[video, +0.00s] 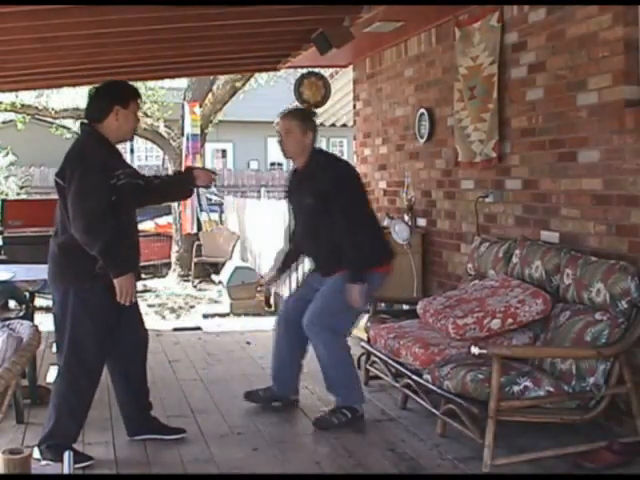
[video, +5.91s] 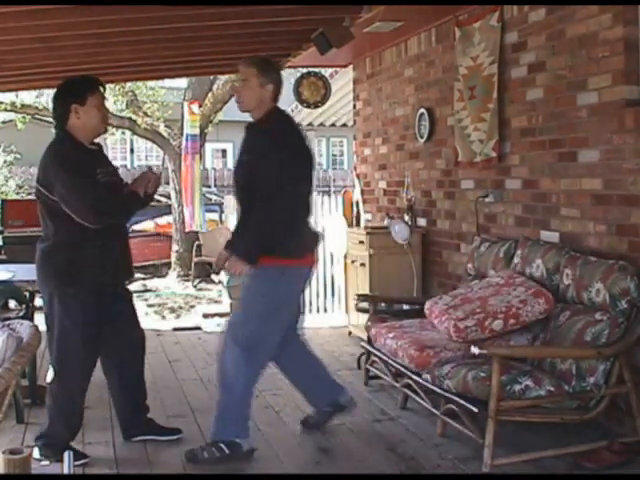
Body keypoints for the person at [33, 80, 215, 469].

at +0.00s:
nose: (138, 120)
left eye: (138, 112)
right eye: (135, 112)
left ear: (112, 113)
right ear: (115, 113)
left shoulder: (105, 153)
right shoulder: (89, 154)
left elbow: (138, 191)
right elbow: (85, 222)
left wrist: (188, 179)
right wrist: (117, 268)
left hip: (109, 275)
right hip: (82, 277)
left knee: (131, 345)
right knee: (81, 363)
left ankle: (139, 422)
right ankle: (54, 446)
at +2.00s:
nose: (103, 115)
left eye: (102, 107)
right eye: (96, 108)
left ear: (77, 113)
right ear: (72, 112)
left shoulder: (98, 160)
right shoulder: (41, 166)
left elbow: (131, 198)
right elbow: (45, 233)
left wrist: (177, 181)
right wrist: (83, 272)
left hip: (100, 275)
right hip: (58, 280)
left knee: (120, 348)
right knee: (71, 361)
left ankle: (132, 422)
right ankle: (57, 443)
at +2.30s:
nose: (118, 117)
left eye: (117, 110)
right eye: (112, 110)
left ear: (95, 114)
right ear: (87, 113)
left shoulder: (116, 162)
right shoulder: (56, 162)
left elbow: (153, 206)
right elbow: (41, 225)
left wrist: (139, 203)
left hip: (106, 277)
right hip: (63, 280)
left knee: (124, 347)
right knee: (67, 361)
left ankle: (130, 419)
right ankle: (56, 442)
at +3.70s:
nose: (113, 114)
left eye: (111, 106)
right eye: (107, 106)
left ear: (84, 111)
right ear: (83, 110)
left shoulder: (94, 155)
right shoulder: (66, 155)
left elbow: (122, 207)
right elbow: (94, 212)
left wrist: (166, 231)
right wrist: (149, 184)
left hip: (105, 276)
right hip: (75, 279)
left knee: (123, 348)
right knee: (75, 362)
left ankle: (132, 420)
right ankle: (53, 441)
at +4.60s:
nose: (106, 114)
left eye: (104, 106)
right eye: (99, 107)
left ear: (78, 114)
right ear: (74, 113)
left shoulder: (86, 156)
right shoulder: (62, 156)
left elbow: (108, 207)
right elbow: (99, 212)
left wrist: (129, 246)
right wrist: (132, 219)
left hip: (91, 274)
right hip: (62, 278)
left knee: (111, 349)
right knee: (70, 361)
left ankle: (129, 420)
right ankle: (51, 443)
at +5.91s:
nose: (107, 111)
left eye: (105, 104)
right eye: (100, 104)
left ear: (79, 112)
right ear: (75, 111)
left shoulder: (96, 156)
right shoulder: (59, 158)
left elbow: (116, 208)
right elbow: (95, 214)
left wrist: (141, 192)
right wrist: (135, 194)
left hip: (105, 277)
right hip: (71, 281)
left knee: (127, 347)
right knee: (72, 363)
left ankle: (136, 423)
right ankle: (53, 443)